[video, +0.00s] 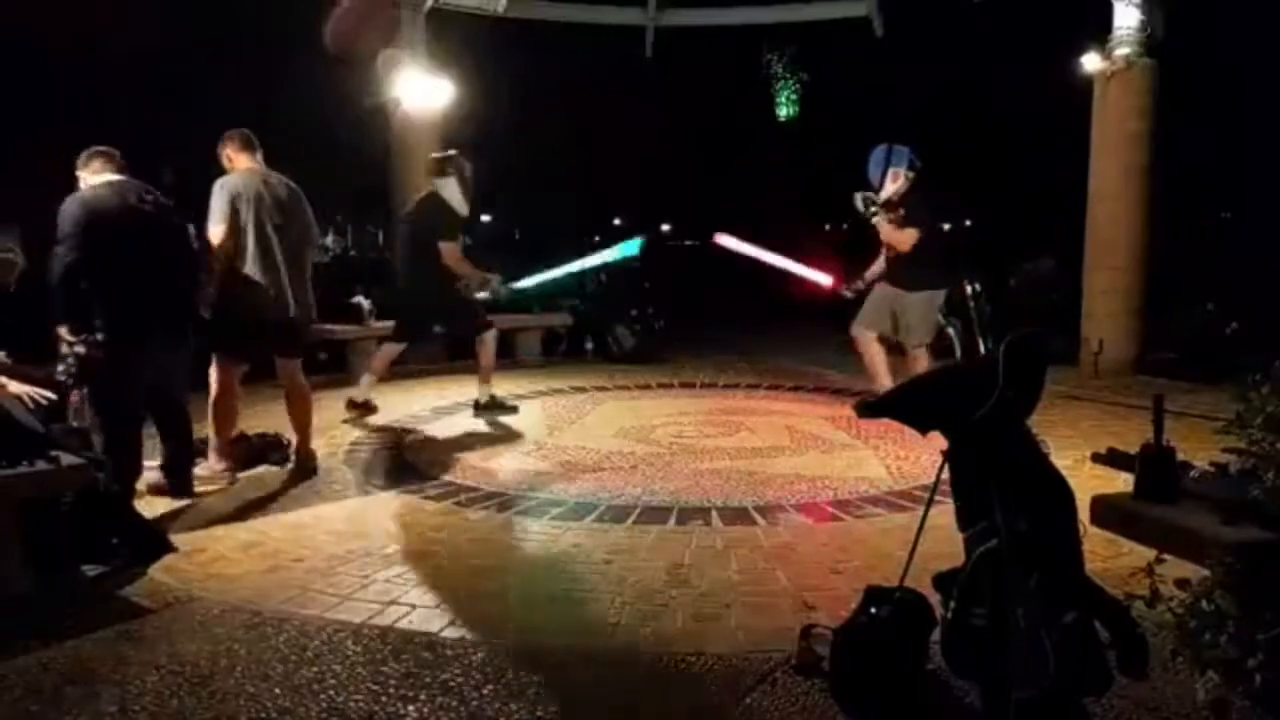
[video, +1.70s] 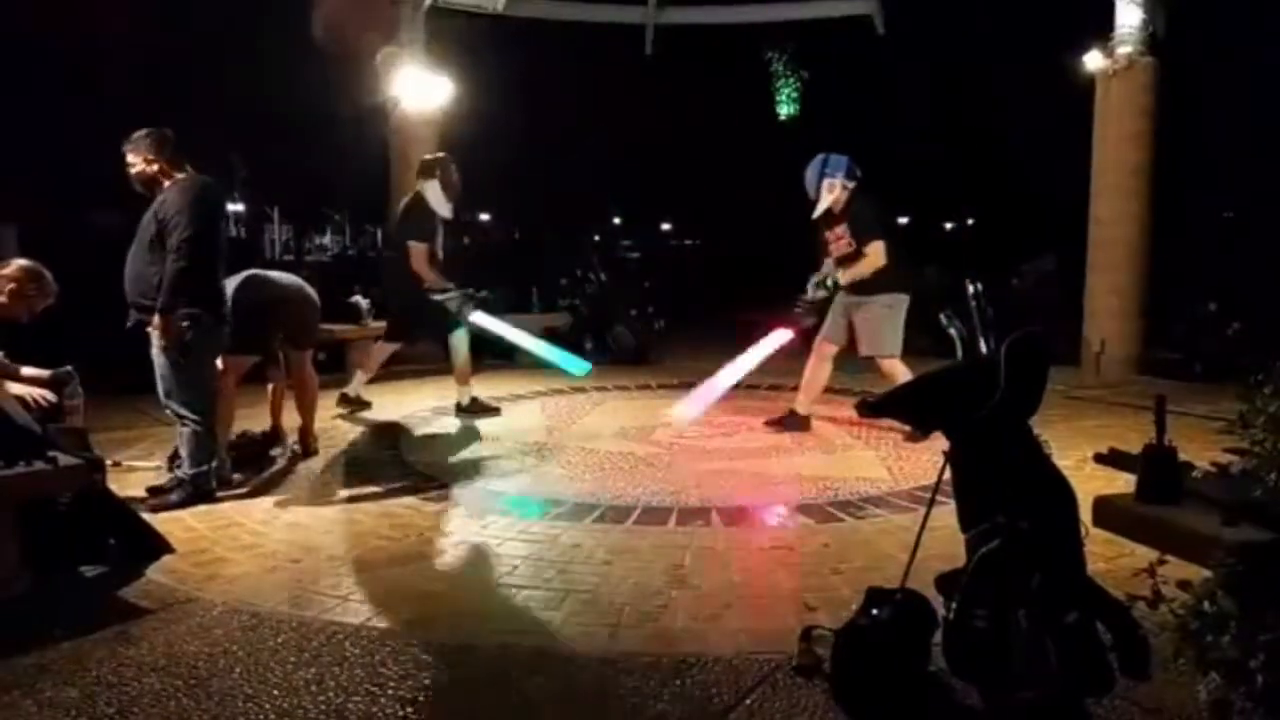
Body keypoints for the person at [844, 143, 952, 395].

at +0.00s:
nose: (883, 187)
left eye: (886, 179)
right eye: (882, 180)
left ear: (900, 175)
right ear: (887, 177)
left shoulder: (921, 202)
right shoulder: (894, 204)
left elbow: (906, 242)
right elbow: (888, 254)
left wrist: (876, 218)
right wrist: (863, 281)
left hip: (924, 286)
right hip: (894, 282)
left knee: (916, 347)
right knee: (863, 332)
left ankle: (921, 401)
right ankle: (887, 394)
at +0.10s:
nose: (880, 187)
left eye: (884, 180)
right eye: (878, 180)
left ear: (899, 176)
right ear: (877, 177)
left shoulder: (919, 204)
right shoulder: (888, 205)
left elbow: (904, 247)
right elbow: (882, 252)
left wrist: (873, 224)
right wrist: (856, 282)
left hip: (918, 288)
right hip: (885, 281)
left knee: (914, 352)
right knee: (849, 325)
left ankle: (920, 407)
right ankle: (863, 391)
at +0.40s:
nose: (844, 192)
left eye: (848, 184)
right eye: (841, 185)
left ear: (862, 180)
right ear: (841, 182)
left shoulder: (883, 209)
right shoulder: (848, 213)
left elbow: (894, 249)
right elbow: (847, 257)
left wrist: (861, 265)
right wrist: (819, 282)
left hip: (895, 294)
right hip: (859, 290)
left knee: (896, 357)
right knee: (836, 342)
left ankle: (913, 409)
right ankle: (827, 406)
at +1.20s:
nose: (836, 186)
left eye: (842, 179)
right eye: (831, 179)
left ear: (850, 180)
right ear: (822, 179)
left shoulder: (865, 205)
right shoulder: (828, 210)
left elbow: (874, 250)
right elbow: (833, 254)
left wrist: (832, 237)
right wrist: (797, 267)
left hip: (875, 290)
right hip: (839, 287)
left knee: (879, 355)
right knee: (816, 344)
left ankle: (914, 417)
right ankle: (799, 412)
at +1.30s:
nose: (814, 191)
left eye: (818, 184)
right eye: (811, 184)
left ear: (830, 183)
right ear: (805, 184)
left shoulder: (851, 206)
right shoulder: (807, 217)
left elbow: (873, 250)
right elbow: (797, 260)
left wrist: (831, 263)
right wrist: (759, 266)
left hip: (868, 293)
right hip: (829, 292)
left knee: (877, 356)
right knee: (807, 347)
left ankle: (911, 417)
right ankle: (795, 414)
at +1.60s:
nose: (815, 197)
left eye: (820, 189)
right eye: (810, 190)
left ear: (830, 188)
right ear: (801, 191)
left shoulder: (846, 211)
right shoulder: (806, 224)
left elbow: (863, 257)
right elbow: (803, 271)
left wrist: (833, 286)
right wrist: (775, 297)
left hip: (872, 296)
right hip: (833, 298)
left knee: (879, 358)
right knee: (810, 347)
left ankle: (920, 412)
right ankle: (797, 414)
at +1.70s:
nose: (826, 193)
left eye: (830, 185)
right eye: (823, 186)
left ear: (843, 184)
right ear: (819, 187)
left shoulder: (863, 209)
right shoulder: (825, 219)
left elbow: (877, 258)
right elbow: (832, 259)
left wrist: (838, 280)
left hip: (883, 294)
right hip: (848, 294)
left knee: (887, 360)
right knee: (823, 349)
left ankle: (926, 412)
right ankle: (800, 413)